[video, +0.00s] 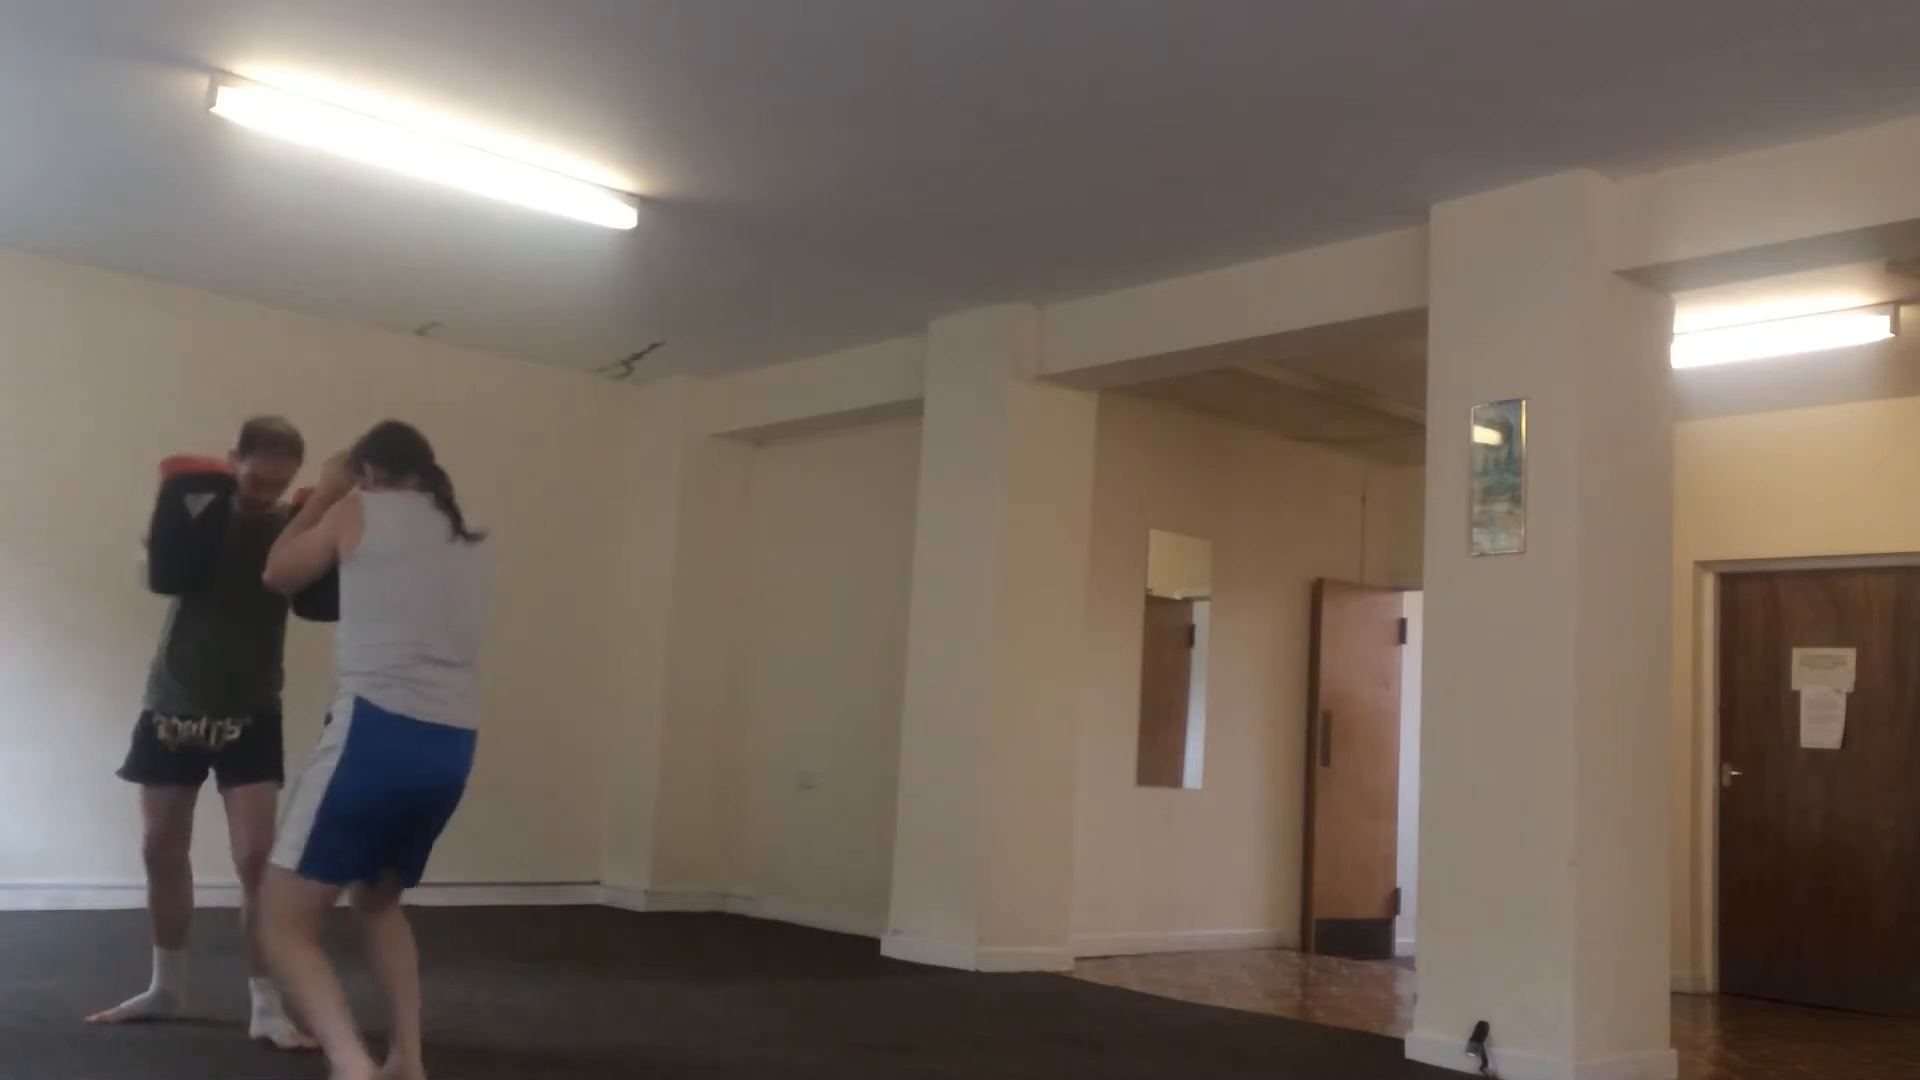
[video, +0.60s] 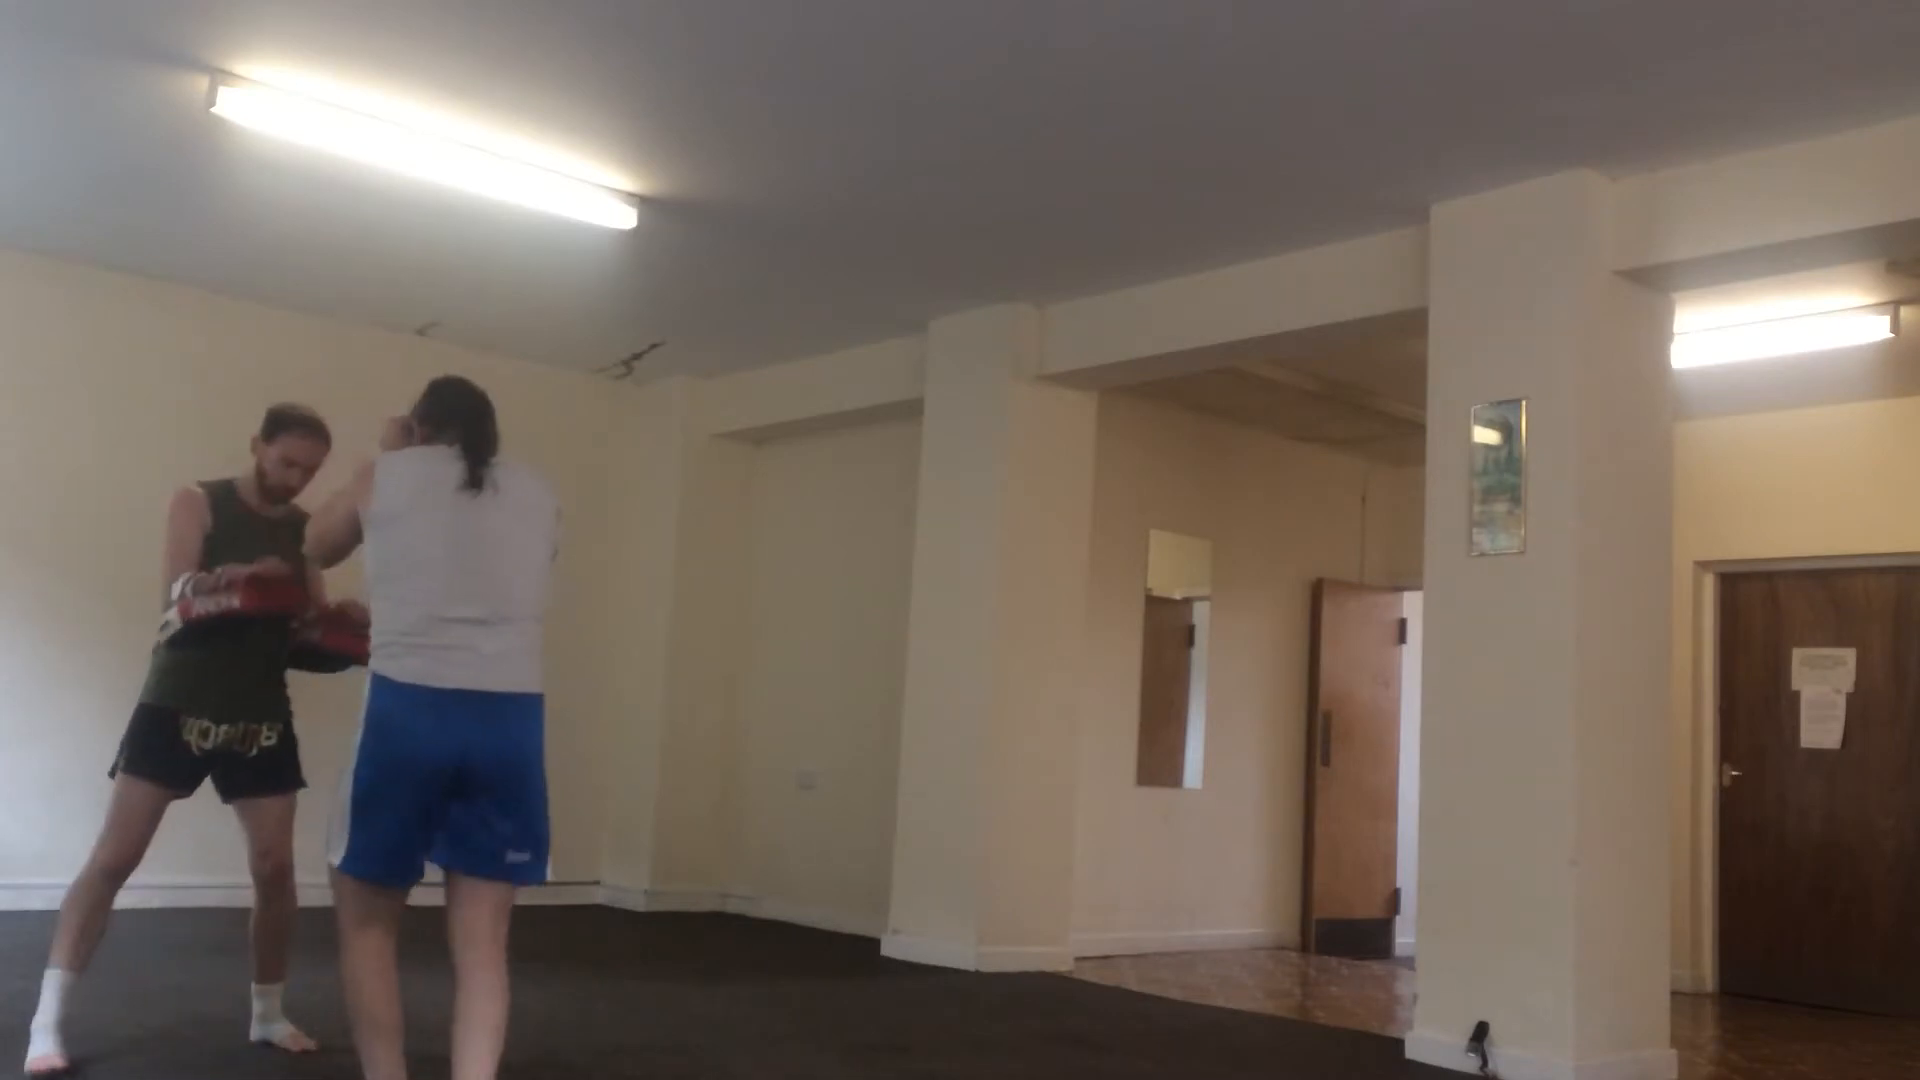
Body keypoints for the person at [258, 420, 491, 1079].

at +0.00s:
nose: (351, 484)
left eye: (352, 474)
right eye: (352, 474)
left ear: (370, 471)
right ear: (427, 475)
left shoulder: (361, 512)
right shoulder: (470, 539)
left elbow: (280, 572)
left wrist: (319, 499)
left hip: (369, 739)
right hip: (448, 751)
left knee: (284, 921)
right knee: (379, 899)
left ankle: (352, 1065)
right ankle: (408, 1058)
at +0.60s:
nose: (406, 420)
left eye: (412, 414)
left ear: (421, 424)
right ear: (489, 429)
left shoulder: (389, 475)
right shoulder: (537, 493)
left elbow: (318, 545)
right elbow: (523, 582)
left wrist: (379, 460)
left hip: (406, 726)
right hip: (509, 729)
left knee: (368, 919)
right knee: (483, 940)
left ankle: (386, 1071)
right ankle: (474, 1075)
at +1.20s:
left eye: (437, 388)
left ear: (437, 398)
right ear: (515, 407)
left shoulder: (388, 452)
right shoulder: (555, 466)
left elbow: (329, 523)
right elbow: (588, 536)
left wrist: (406, 442)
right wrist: (528, 481)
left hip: (396, 703)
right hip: (506, 710)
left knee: (371, 941)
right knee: (500, 937)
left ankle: (347, 1074)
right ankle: (490, 1074)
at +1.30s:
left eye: (447, 385)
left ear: (443, 397)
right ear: (521, 406)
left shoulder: (391, 452)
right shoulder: (554, 464)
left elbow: (329, 520)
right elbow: (593, 535)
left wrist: (408, 439)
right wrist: (545, 478)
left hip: (392, 706)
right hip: (500, 711)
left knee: (373, 939)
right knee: (499, 933)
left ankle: (347, 1074)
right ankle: (490, 1073)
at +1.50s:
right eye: (535, 411)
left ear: (450, 398)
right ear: (527, 408)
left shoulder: (393, 456)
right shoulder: (548, 464)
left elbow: (333, 515)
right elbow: (610, 526)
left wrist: (410, 457)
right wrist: (555, 462)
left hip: (381, 710)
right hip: (488, 713)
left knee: (367, 940)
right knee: (500, 930)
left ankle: (346, 1075)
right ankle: (484, 1072)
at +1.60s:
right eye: (536, 413)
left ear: (454, 406)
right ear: (529, 413)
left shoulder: (400, 460)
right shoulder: (547, 469)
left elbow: (337, 513)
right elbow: (617, 522)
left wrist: (408, 479)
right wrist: (555, 447)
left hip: (378, 711)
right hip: (486, 715)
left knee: (366, 944)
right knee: (502, 939)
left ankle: (347, 1075)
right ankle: (478, 1074)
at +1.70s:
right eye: (541, 425)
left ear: (459, 427)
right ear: (535, 431)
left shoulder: (402, 483)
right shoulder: (557, 492)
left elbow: (321, 505)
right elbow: (629, 528)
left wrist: (408, 481)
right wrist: (560, 451)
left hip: (378, 730)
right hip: (485, 736)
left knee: (365, 946)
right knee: (509, 950)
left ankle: (345, 1073)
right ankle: (478, 1075)